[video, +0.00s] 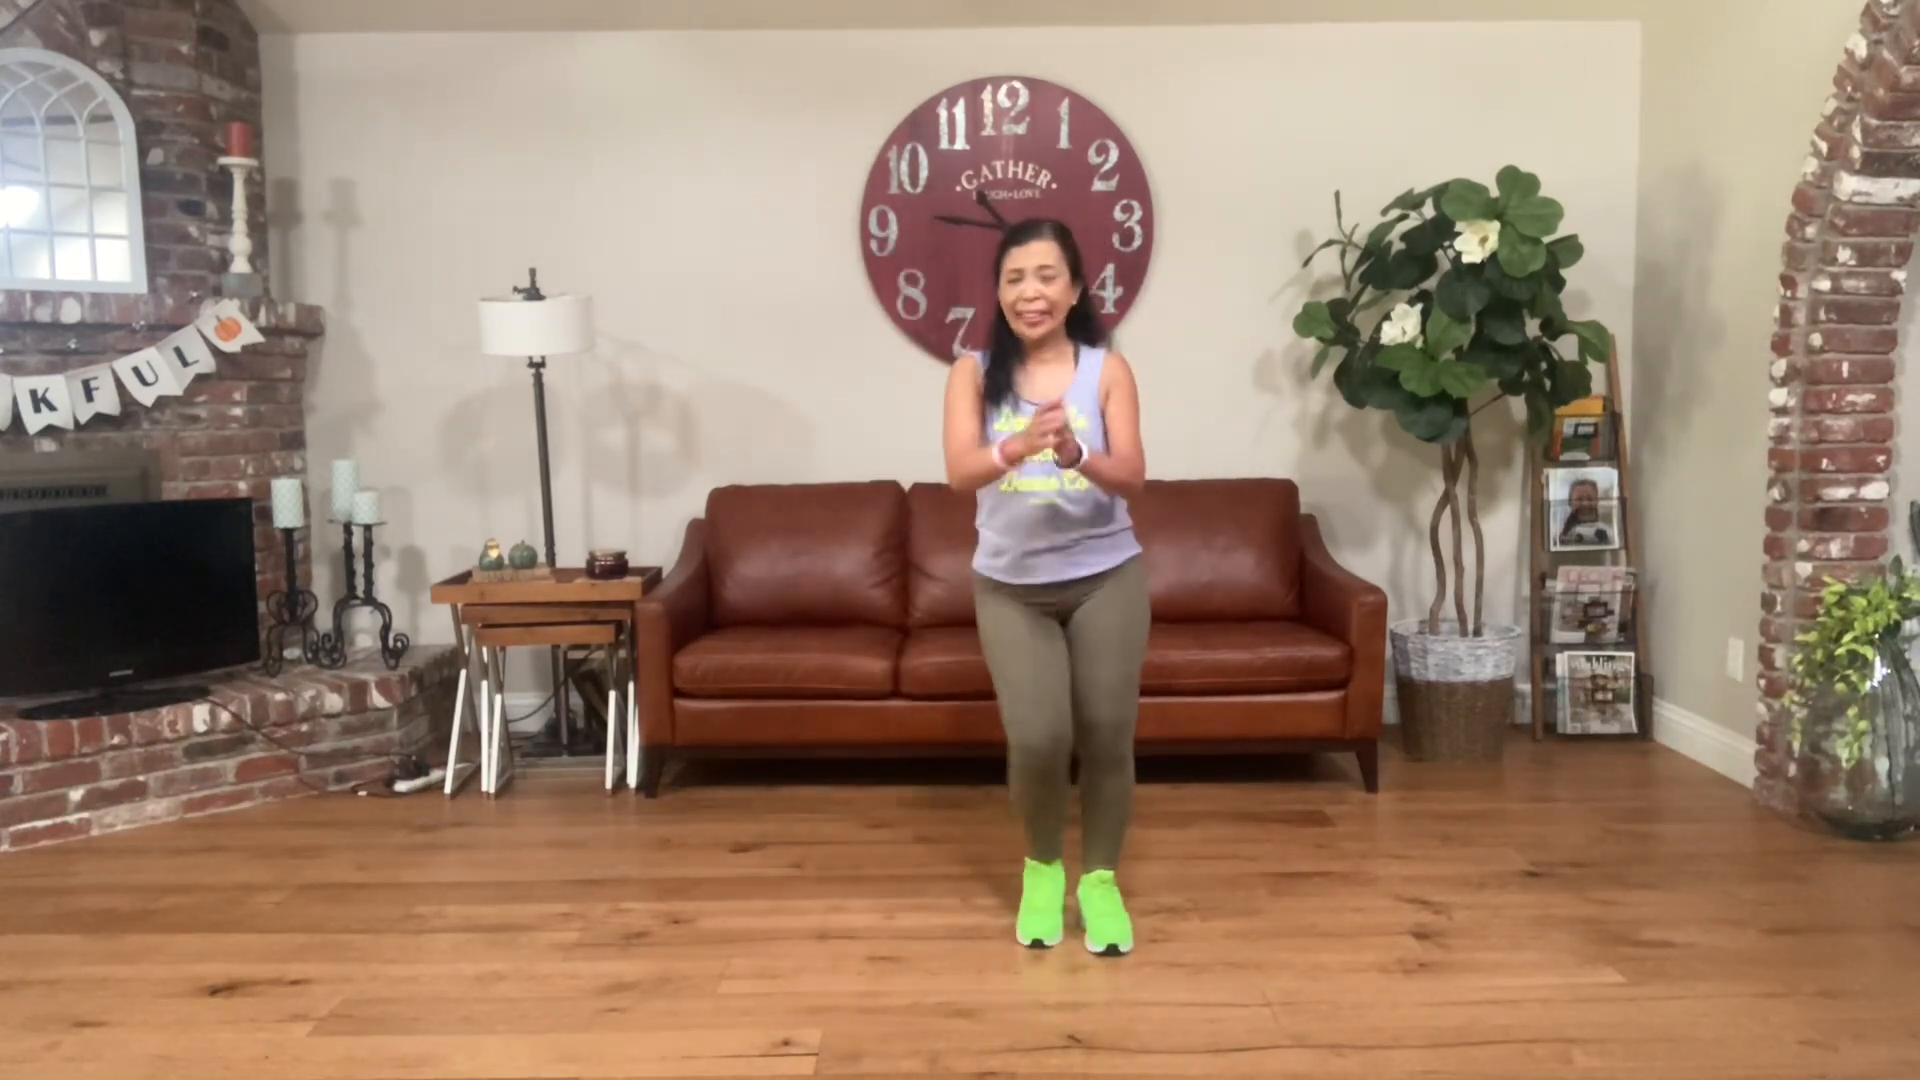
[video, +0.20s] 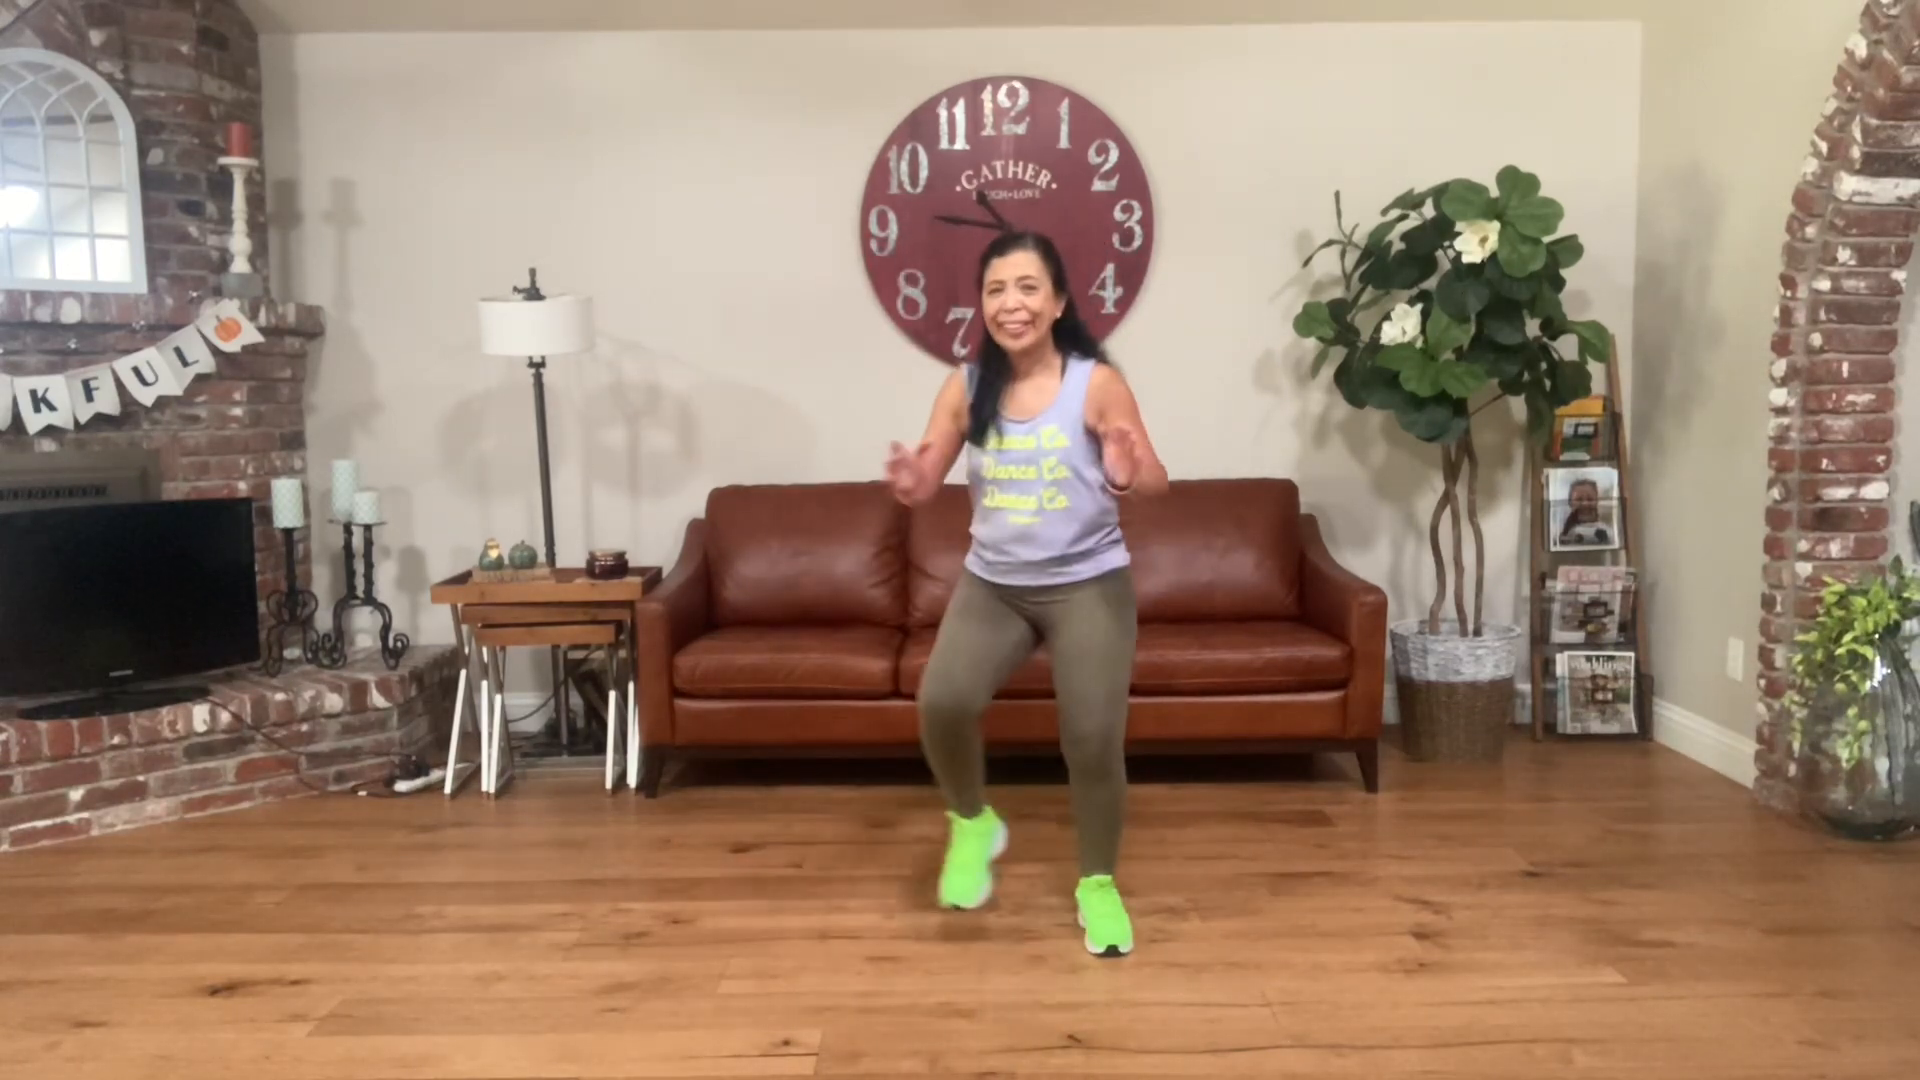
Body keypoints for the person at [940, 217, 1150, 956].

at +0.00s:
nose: (1031, 292)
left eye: (1047, 276)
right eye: (1016, 278)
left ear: (1074, 288)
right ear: (998, 292)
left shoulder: (1106, 368)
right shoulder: (973, 371)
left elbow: (1131, 476)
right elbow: (960, 471)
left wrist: (1079, 455)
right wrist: (1018, 447)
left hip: (1107, 575)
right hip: (1010, 585)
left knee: (1108, 728)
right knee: (1039, 737)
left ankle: (1101, 879)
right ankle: (1042, 871)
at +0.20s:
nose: (1011, 303)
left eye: (1028, 288)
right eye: (997, 290)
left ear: (1058, 301)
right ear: (981, 305)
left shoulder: (1098, 384)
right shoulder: (965, 388)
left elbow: (1155, 483)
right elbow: (920, 489)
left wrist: (1127, 473)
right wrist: (909, 480)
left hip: (1088, 583)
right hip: (993, 584)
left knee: (1092, 736)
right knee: (944, 702)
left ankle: (1097, 881)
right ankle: (972, 826)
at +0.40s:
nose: (971, 285)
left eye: (988, 270)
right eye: (956, 271)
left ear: (1016, 285)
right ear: (938, 288)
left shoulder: (1052, 372)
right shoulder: (925, 370)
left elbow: (1105, 452)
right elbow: (913, 443)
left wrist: (1128, 470)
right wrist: (866, 466)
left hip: (1043, 582)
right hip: (942, 585)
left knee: (1065, 739)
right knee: (898, 730)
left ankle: (1097, 882)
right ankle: (843, 874)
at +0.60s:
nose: (919, 290)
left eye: (936, 276)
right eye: (903, 275)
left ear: (957, 292)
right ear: (882, 288)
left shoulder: (979, 380)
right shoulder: (855, 371)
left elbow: (1034, 471)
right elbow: (829, 456)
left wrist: (1070, 467)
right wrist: (780, 458)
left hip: (965, 589)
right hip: (865, 591)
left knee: (1008, 740)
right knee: (849, 743)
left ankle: (1085, 876)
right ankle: (832, 882)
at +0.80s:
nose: (891, 315)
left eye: (904, 300)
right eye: (874, 300)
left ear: (917, 310)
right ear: (838, 310)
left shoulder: (935, 392)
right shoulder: (803, 388)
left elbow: (961, 503)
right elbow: (730, 475)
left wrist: (969, 433)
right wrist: (721, 423)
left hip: (929, 585)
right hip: (833, 592)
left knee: (941, 731)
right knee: (828, 741)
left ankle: (1002, 850)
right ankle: (829, 884)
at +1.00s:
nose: (889, 314)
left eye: (897, 299)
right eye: (871, 299)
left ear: (905, 303)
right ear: (828, 305)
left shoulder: (922, 379)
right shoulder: (792, 384)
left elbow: (923, 483)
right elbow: (781, 490)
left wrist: (871, 429)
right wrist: (813, 434)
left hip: (913, 583)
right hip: (818, 584)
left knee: (888, 739)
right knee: (822, 740)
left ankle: (891, 865)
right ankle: (829, 882)